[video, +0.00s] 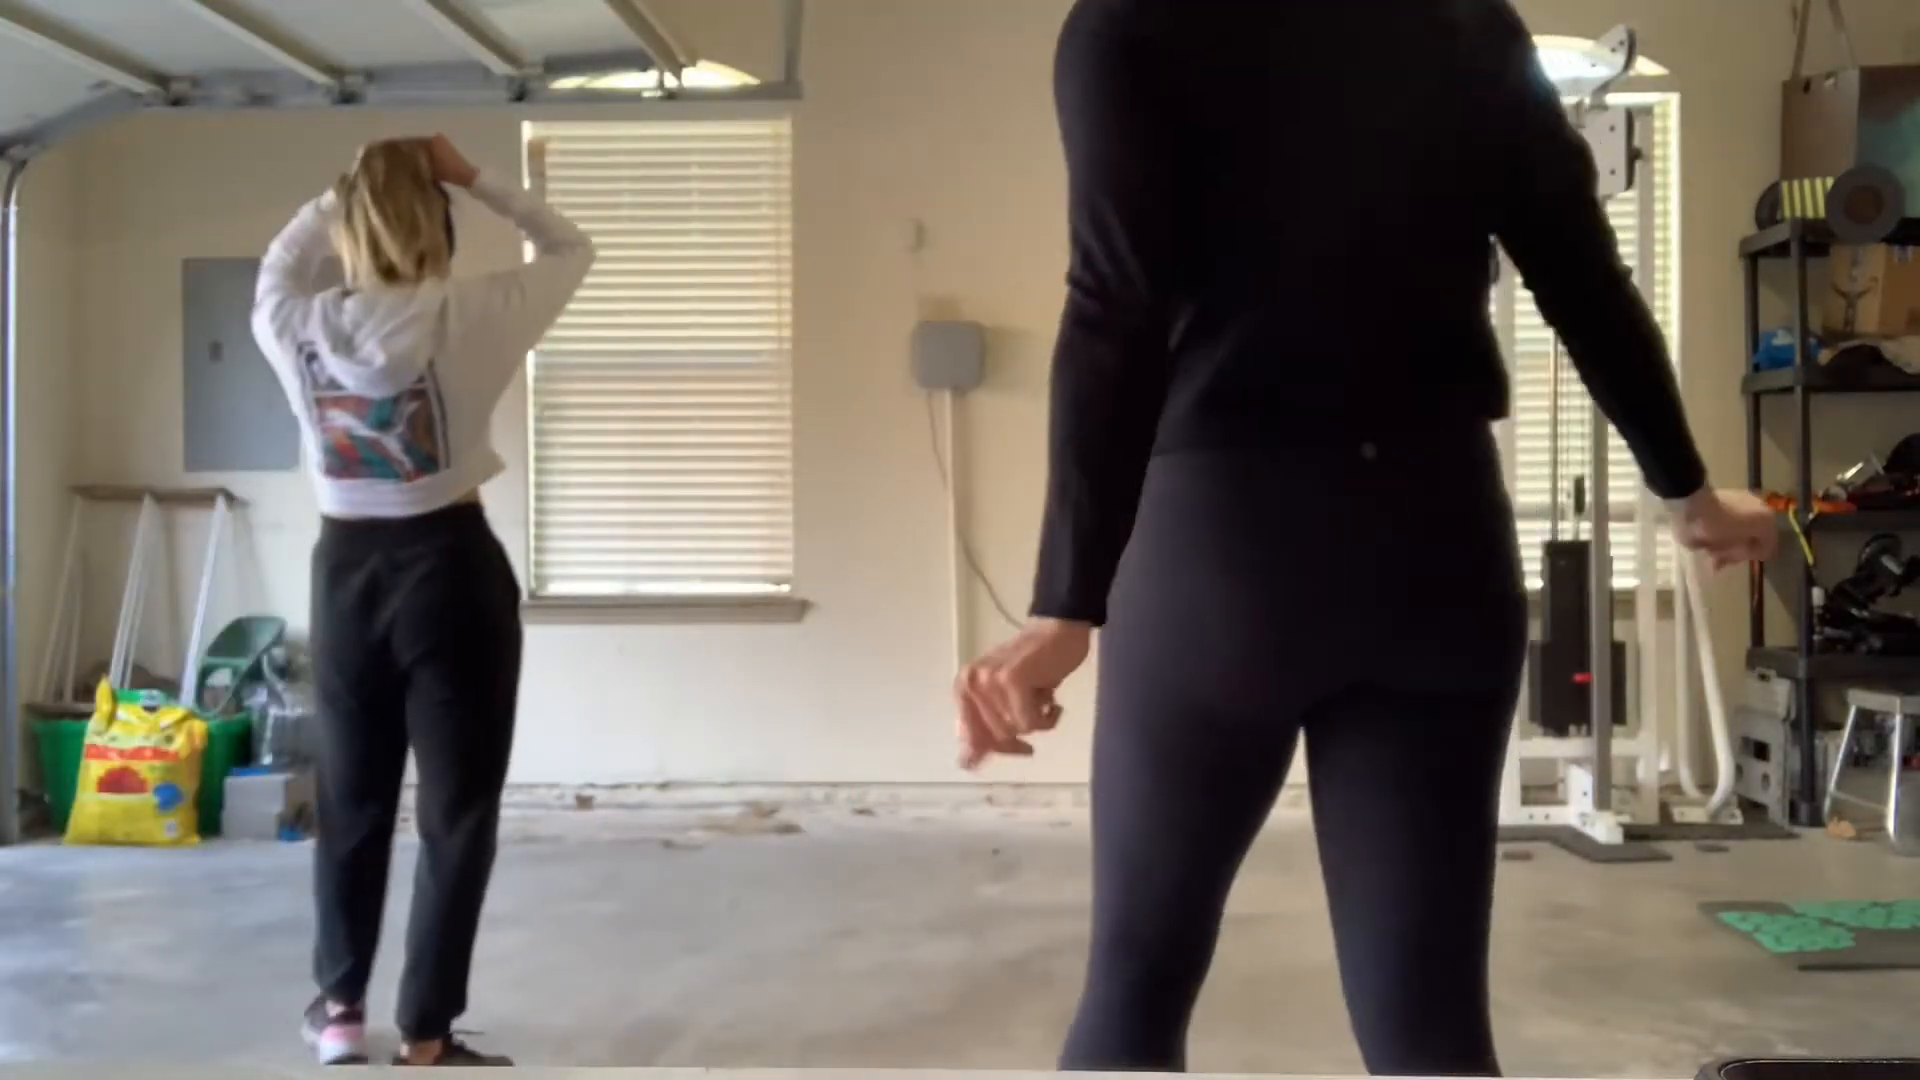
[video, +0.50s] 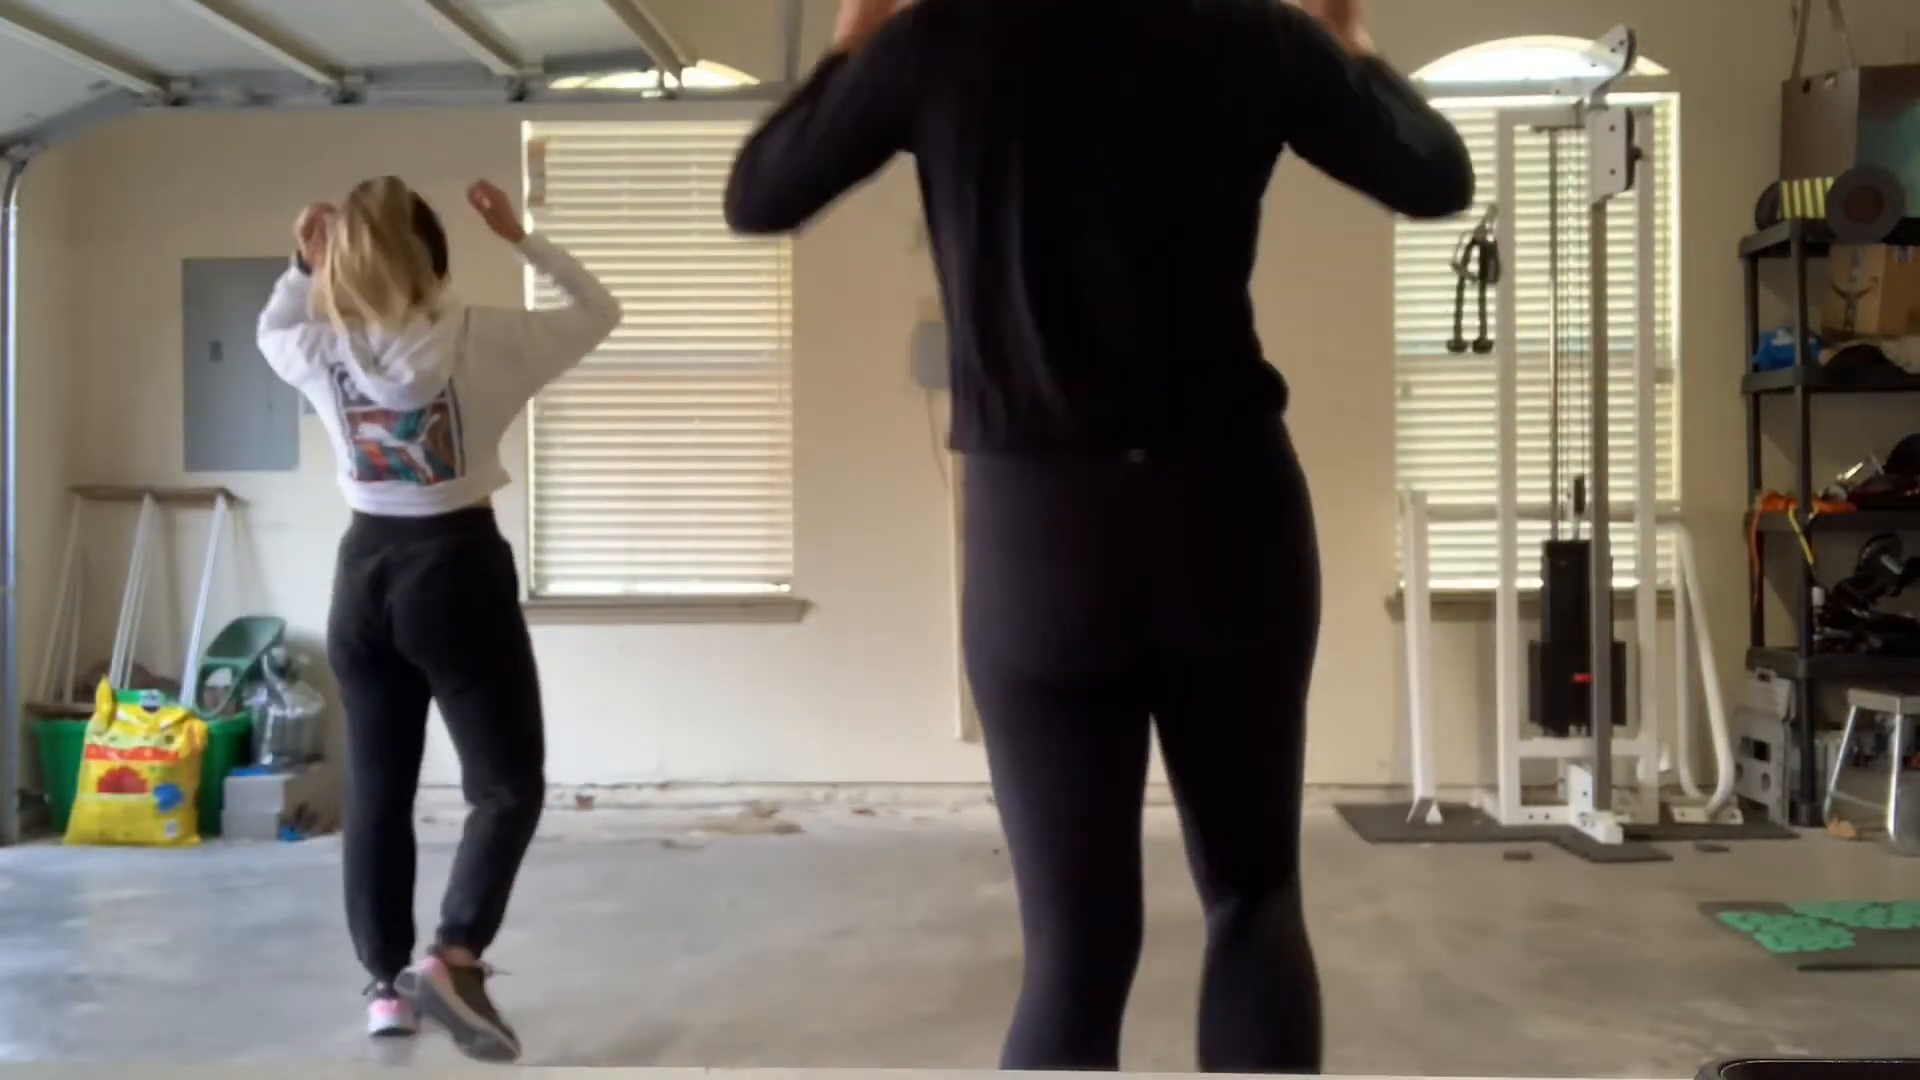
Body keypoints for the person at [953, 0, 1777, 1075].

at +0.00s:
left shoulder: (1123, 26)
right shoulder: (1463, 24)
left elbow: (1116, 307)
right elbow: (1578, 268)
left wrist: (1067, 604)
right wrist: (1690, 493)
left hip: (1222, 532)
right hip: (1438, 532)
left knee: (1133, 990)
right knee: (1431, 1025)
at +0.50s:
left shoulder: (944, 34)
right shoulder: (1236, 27)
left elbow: (756, 196)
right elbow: (1439, 177)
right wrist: (1352, 49)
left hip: (1036, 543)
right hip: (1232, 530)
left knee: (1073, 940)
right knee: (1253, 895)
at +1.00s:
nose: (1071, 19)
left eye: (1070, 9)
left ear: (1077, 11)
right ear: (1203, 6)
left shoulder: (1020, 92)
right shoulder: (1281, 90)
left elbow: (874, 6)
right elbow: (1450, 5)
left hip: (1074, 553)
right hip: (1248, 554)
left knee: (1080, 933)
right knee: (1296, 909)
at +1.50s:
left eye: (1228, 34)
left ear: (1228, 32)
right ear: (1347, 27)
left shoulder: (1205, 129)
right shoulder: (1427, 124)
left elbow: (1051, 76)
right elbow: (1493, 16)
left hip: (1236, 529)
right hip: (1388, 534)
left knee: (1192, 835)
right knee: (1358, 858)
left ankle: (1217, 1076)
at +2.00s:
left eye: (1188, 104)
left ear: (1176, 107)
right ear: (1288, 98)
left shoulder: (1139, 211)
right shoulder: (1332, 188)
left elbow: (1047, 151)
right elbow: (1446, 41)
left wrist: (1148, 53)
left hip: (1180, 551)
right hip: (1314, 547)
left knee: (1176, 822)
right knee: (1320, 829)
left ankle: (1141, 1064)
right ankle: (1354, 1073)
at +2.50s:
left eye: (1174, 145)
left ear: (1154, 160)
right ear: (1248, 159)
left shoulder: (1110, 227)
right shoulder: (1277, 218)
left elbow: (1052, 172)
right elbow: (1387, 85)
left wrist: (1141, 103)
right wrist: (1312, 2)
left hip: (1138, 542)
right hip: (1260, 540)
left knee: (1157, 795)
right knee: (1285, 787)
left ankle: (1143, 1054)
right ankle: (1329, 1021)